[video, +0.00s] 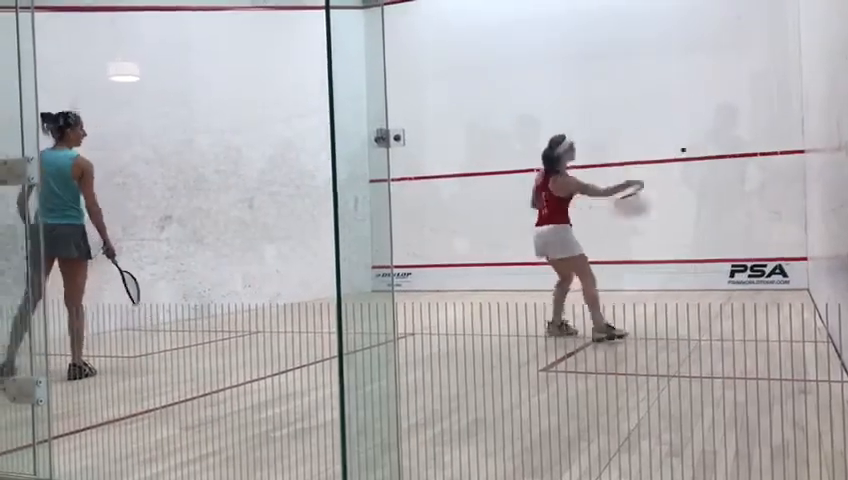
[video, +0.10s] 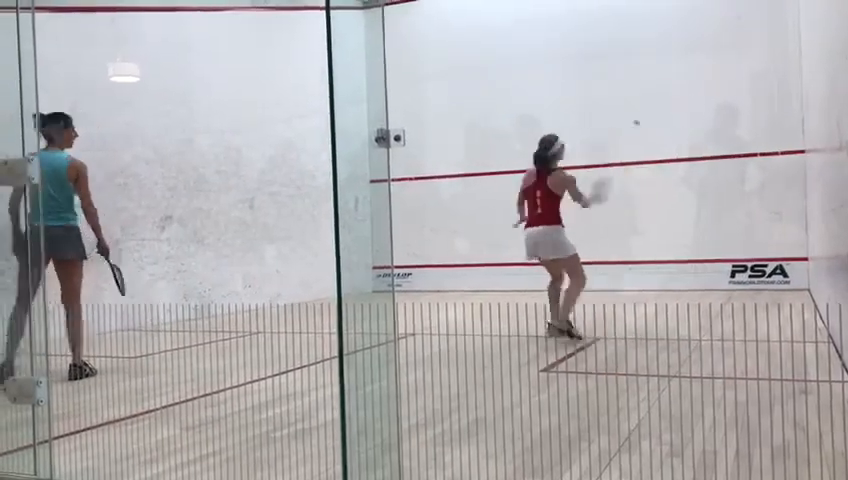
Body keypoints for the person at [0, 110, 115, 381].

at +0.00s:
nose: (84, 133)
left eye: (83, 128)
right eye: (80, 128)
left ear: (61, 132)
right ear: (68, 131)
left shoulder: (39, 158)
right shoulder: (81, 164)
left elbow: (22, 197)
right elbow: (92, 207)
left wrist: (27, 224)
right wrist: (106, 240)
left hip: (42, 233)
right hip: (71, 234)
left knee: (31, 296)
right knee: (74, 301)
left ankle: (8, 359)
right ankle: (77, 363)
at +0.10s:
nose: (76, 135)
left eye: (73, 130)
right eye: (71, 130)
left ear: (47, 134)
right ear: (61, 133)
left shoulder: (30, 162)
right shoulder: (75, 165)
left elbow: (13, 204)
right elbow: (88, 206)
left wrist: (17, 236)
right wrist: (101, 239)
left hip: (35, 236)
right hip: (66, 236)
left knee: (23, 300)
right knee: (72, 301)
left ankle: (7, 362)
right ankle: (77, 362)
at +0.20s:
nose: (64, 135)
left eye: (62, 130)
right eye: (60, 130)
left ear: (39, 135)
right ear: (49, 134)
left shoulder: (17, 164)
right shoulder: (64, 166)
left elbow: (4, 202)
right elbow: (80, 208)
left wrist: (3, 237)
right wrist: (91, 236)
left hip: (23, 238)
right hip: (56, 237)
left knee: (17, 302)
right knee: (67, 304)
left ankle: (9, 365)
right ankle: (77, 363)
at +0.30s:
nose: (53, 138)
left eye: (51, 133)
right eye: (50, 134)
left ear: (25, 136)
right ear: (44, 137)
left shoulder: (8, 165)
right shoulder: (54, 168)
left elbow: (2, 195)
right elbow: (69, 208)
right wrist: (76, 235)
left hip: (11, 238)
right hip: (43, 237)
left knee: (8, 307)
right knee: (58, 301)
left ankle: (8, 366)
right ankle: (75, 357)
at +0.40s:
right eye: (37, 138)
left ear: (12, 139)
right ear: (37, 139)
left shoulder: (3, 165)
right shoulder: (44, 169)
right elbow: (59, 209)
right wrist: (58, 227)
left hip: (6, 240)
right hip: (33, 239)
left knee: (4, 306)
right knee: (42, 295)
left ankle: (7, 363)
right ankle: (62, 343)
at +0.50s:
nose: (27, 144)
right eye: (29, 139)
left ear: (5, 140)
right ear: (29, 140)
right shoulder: (37, 170)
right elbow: (50, 211)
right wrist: (29, 217)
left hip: (5, 238)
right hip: (29, 238)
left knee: (2, 301)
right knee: (26, 295)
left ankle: (4, 361)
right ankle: (40, 352)